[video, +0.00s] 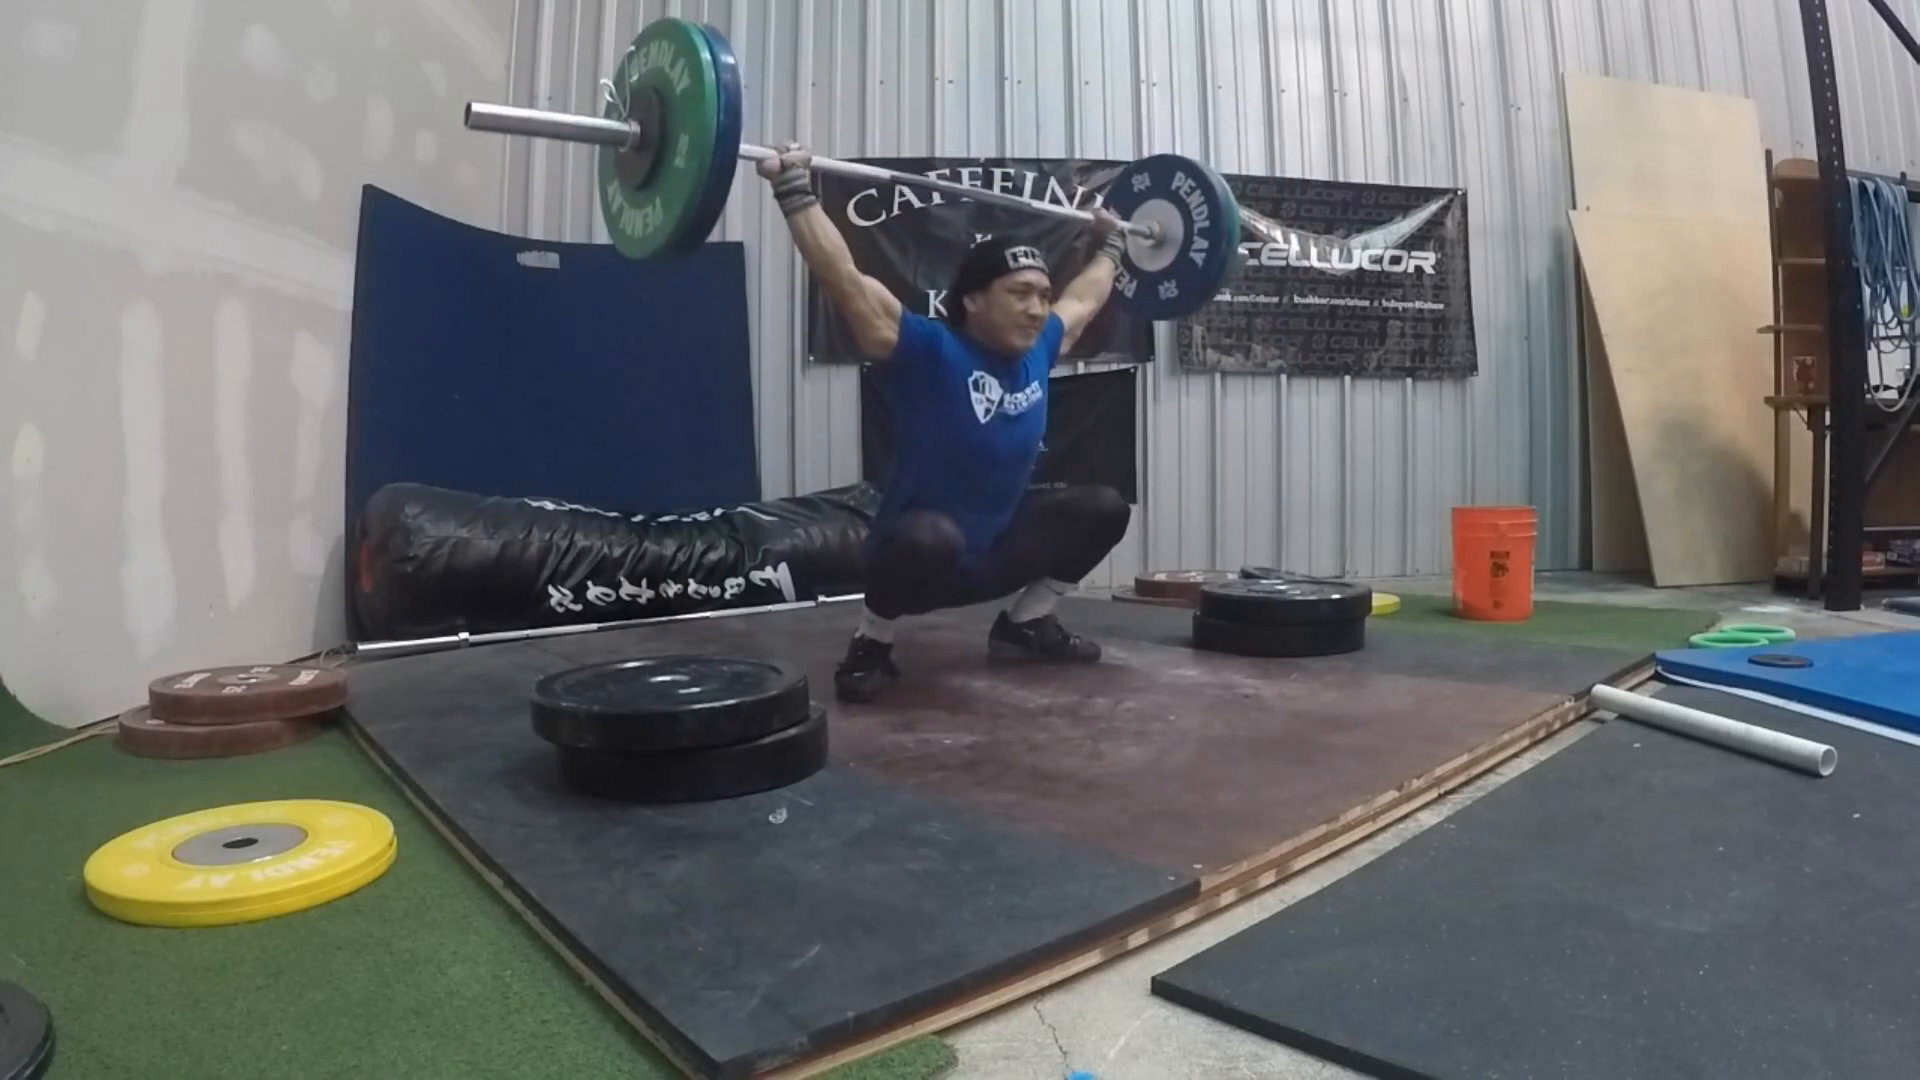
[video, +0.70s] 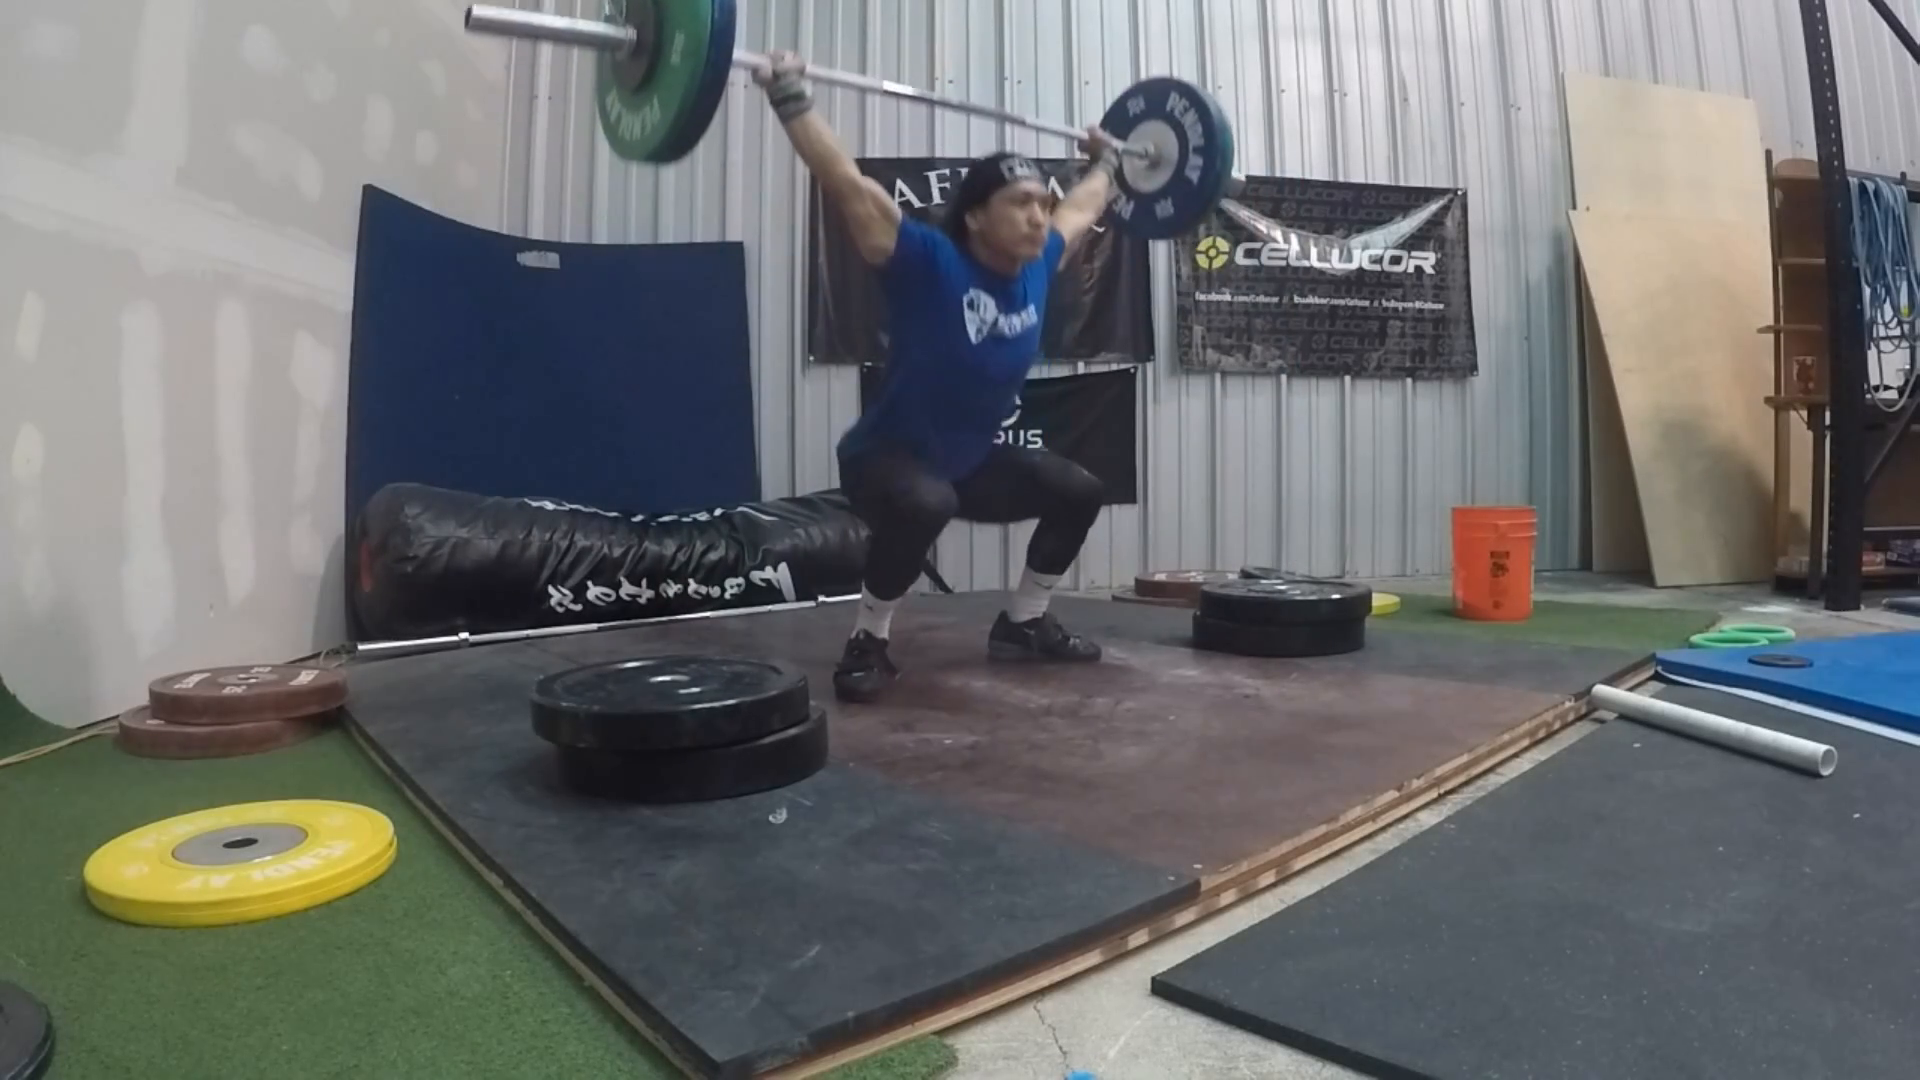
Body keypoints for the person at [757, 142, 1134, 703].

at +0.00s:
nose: (1037, 309)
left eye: (1042, 295)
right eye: (1020, 293)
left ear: (1048, 304)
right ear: (972, 303)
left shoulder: (1037, 348)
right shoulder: (923, 349)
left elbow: (1083, 300)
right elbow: (846, 282)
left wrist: (1111, 246)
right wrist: (795, 191)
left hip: (998, 548)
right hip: (919, 555)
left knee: (1104, 509)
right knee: (930, 535)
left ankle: (1025, 619)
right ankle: (871, 642)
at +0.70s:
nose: (1038, 218)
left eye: (1041, 207)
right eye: (1021, 204)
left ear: (1046, 219)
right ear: (976, 217)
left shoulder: (1037, 266)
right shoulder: (924, 261)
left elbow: (1079, 212)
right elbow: (853, 193)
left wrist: (1106, 165)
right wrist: (793, 104)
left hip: (972, 459)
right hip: (889, 456)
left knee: (1078, 491)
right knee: (924, 504)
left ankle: (1023, 619)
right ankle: (869, 638)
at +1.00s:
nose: (1021, 142)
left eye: (1026, 131)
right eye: (1003, 127)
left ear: (1026, 147)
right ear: (957, 143)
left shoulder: (1025, 193)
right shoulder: (913, 185)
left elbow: (1075, 147)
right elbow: (843, 113)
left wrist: (1105, 103)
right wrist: (784, 23)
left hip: (962, 401)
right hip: (879, 396)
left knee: (1061, 477)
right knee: (916, 486)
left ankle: (1021, 621)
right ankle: (864, 639)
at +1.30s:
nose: (1007, 53)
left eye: (1011, 43)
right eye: (990, 39)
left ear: (1012, 59)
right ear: (944, 51)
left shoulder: (1012, 119)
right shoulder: (901, 102)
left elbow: (1061, 75)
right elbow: (827, 21)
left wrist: (1094, 33)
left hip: (964, 351)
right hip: (882, 341)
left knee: (1032, 462)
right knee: (888, 469)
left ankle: (1020, 619)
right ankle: (863, 636)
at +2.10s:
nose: (929, 57)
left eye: (935, 47)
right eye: (916, 44)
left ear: (940, 55)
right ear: (875, 49)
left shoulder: (950, 115)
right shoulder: (840, 107)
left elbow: (1006, 78)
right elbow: (770, 34)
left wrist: (1043, 28)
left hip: (955, 324)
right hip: (877, 324)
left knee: (978, 456)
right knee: (873, 457)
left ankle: (991, 622)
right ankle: (816, 609)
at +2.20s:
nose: (889, 84)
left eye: (895, 74)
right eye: (876, 72)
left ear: (899, 79)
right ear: (838, 77)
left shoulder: (917, 141)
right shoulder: (804, 134)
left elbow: (985, 110)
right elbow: (727, 70)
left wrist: (1027, 59)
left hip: (920, 340)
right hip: (846, 339)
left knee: (952, 462)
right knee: (853, 470)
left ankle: (989, 622)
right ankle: (770, 598)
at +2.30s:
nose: (851, 105)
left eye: (858, 96)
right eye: (838, 93)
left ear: (862, 108)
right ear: (800, 101)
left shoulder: (873, 171)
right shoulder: (767, 156)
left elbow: (947, 164)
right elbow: (688, 140)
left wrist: (1005, 124)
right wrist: (697, 60)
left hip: (875, 356)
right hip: (801, 355)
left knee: (918, 470)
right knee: (809, 484)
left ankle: (981, 617)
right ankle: (754, 610)